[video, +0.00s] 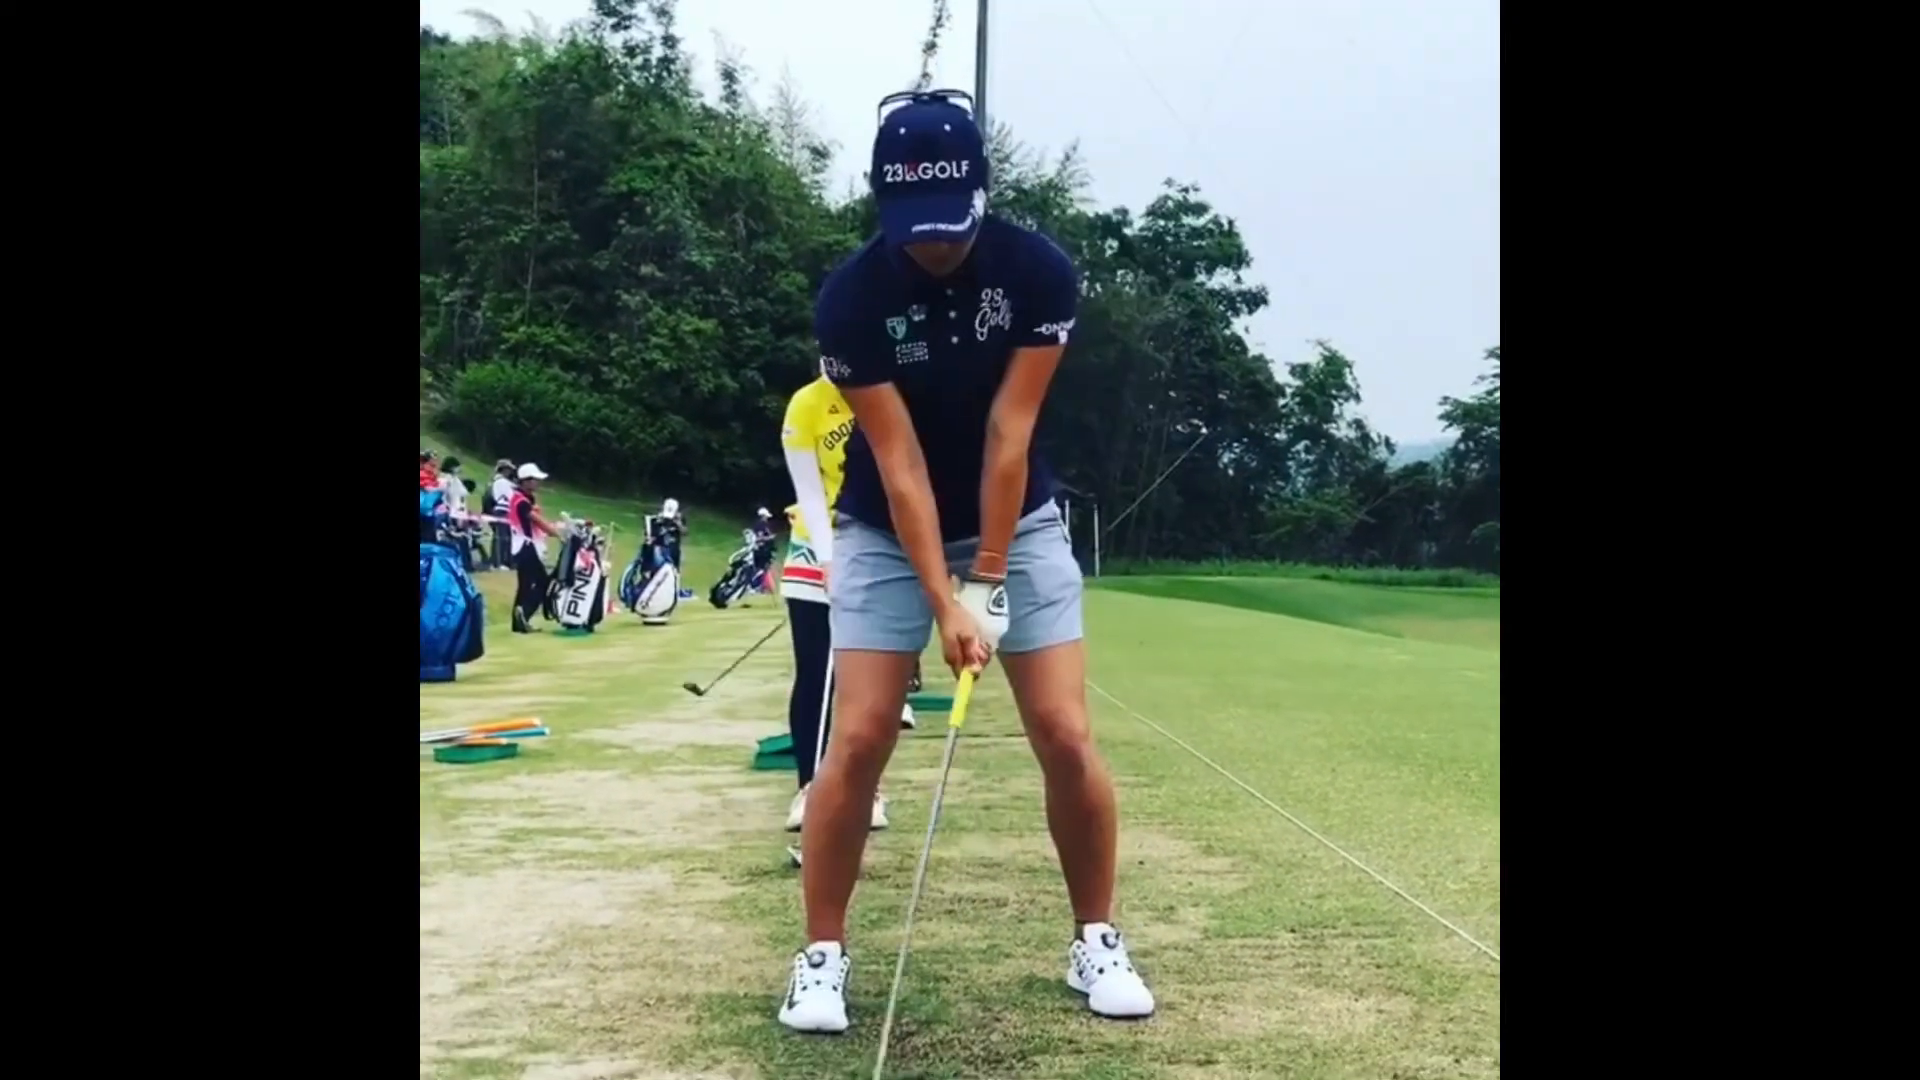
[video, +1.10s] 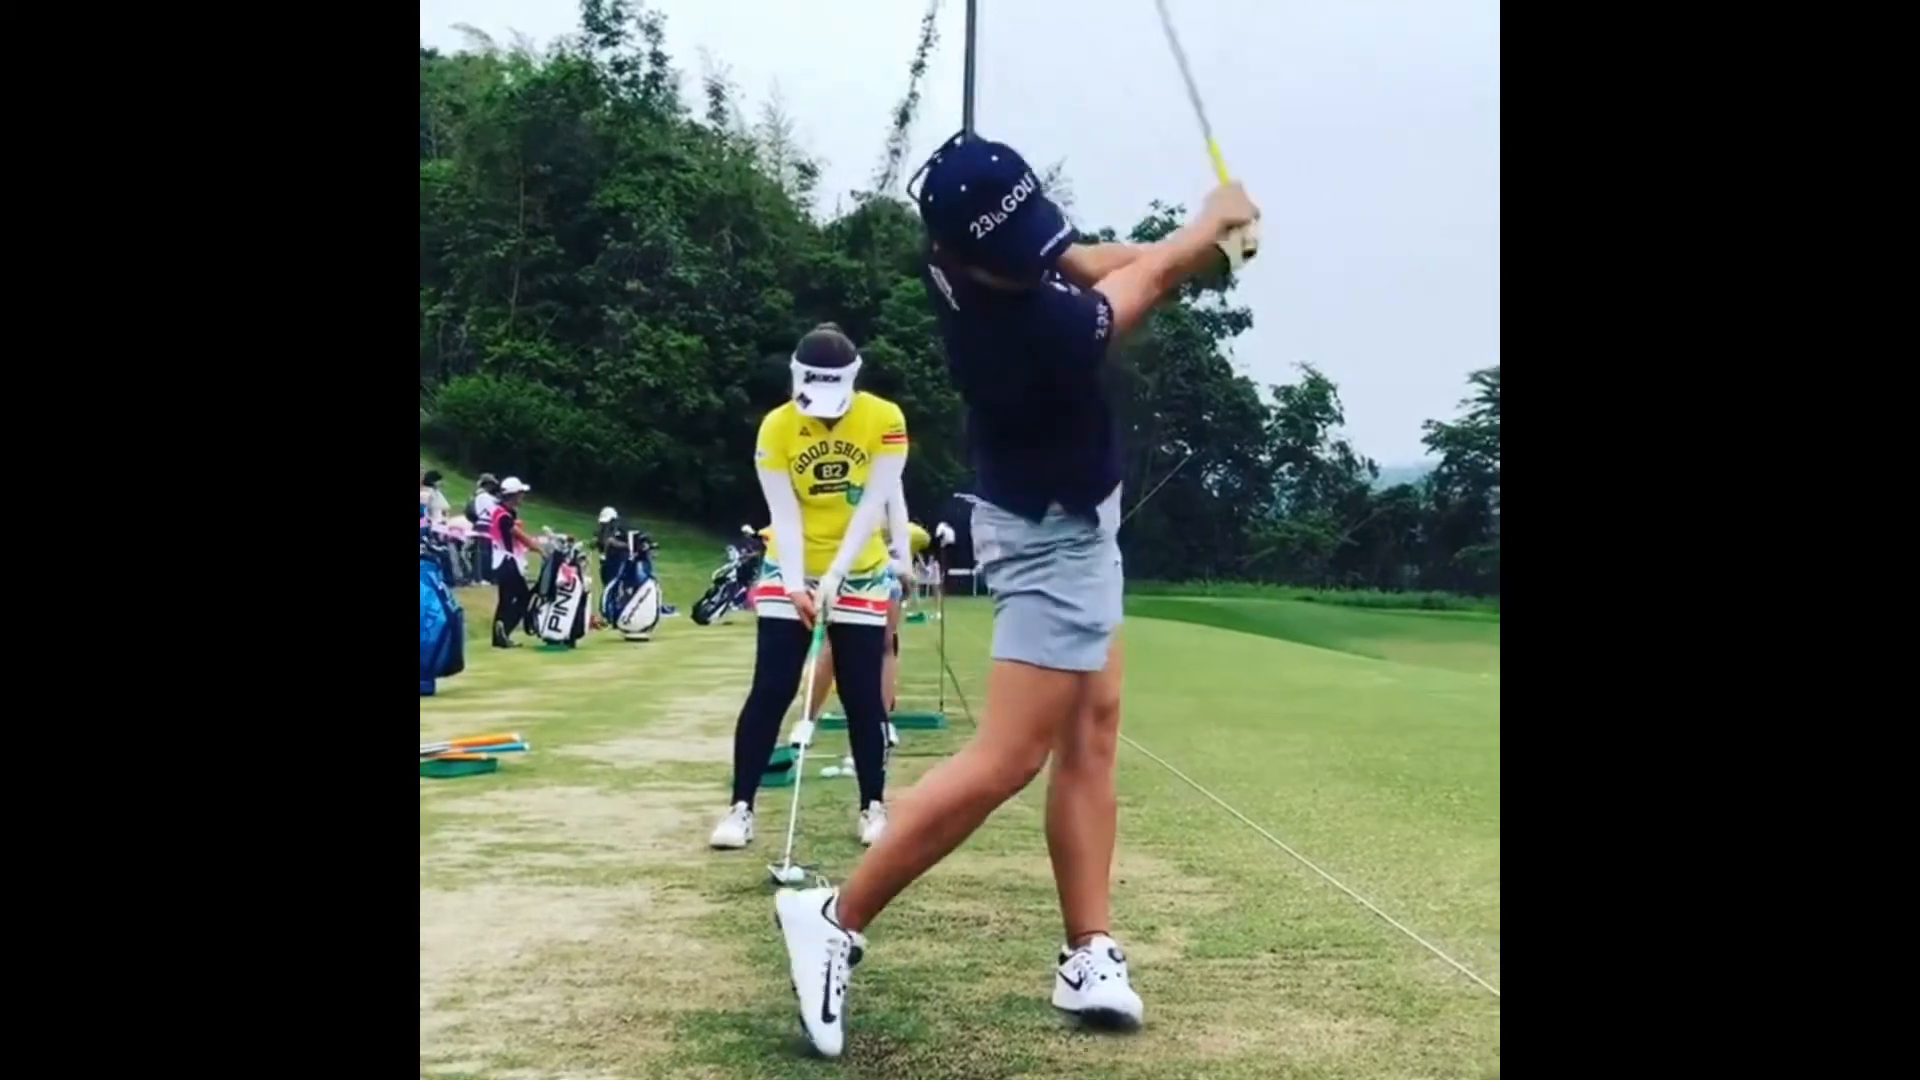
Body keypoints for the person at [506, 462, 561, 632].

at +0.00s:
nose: (538, 484)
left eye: (538, 480)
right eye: (535, 480)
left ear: (526, 482)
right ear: (525, 481)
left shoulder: (520, 498)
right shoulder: (522, 502)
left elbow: (537, 520)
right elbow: (539, 522)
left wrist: (554, 527)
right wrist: (557, 532)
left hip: (522, 543)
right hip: (525, 545)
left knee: (525, 583)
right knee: (542, 580)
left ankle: (518, 620)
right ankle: (525, 612)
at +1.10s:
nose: (522, 498)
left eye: (521, 494)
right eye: (519, 495)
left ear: (507, 496)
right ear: (511, 496)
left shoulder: (501, 513)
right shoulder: (505, 517)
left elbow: (519, 536)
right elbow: (521, 538)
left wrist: (536, 544)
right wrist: (540, 549)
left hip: (502, 557)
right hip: (506, 560)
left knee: (505, 597)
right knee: (524, 594)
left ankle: (499, 634)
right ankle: (505, 627)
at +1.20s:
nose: (517, 498)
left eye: (517, 495)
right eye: (514, 495)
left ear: (502, 496)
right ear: (507, 496)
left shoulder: (495, 513)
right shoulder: (500, 518)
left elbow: (513, 535)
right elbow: (517, 538)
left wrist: (530, 545)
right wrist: (535, 549)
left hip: (496, 558)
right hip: (502, 560)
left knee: (500, 598)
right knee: (518, 595)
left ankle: (494, 635)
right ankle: (500, 627)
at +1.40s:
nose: (508, 500)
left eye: (508, 497)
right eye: (506, 497)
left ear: (493, 497)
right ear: (498, 498)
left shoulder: (486, 515)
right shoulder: (491, 519)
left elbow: (504, 536)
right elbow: (508, 540)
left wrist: (522, 546)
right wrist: (526, 551)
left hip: (487, 559)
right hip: (492, 562)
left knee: (491, 599)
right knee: (509, 597)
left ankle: (485, 637)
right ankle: (491, 629)